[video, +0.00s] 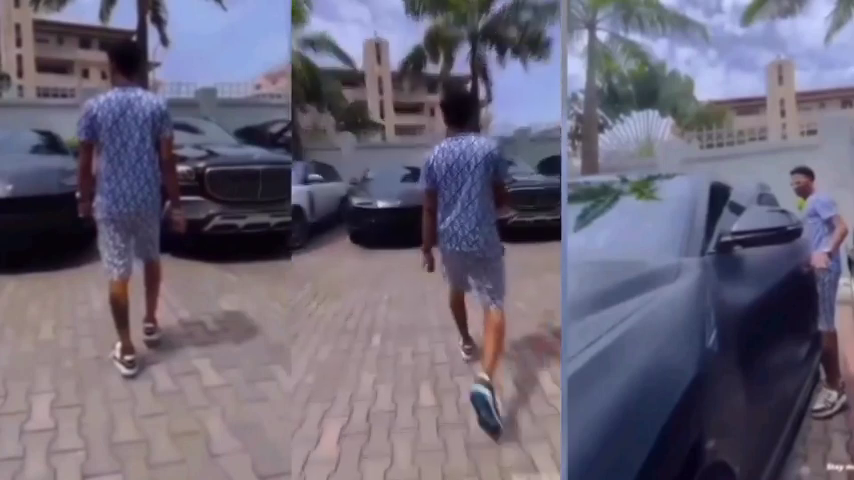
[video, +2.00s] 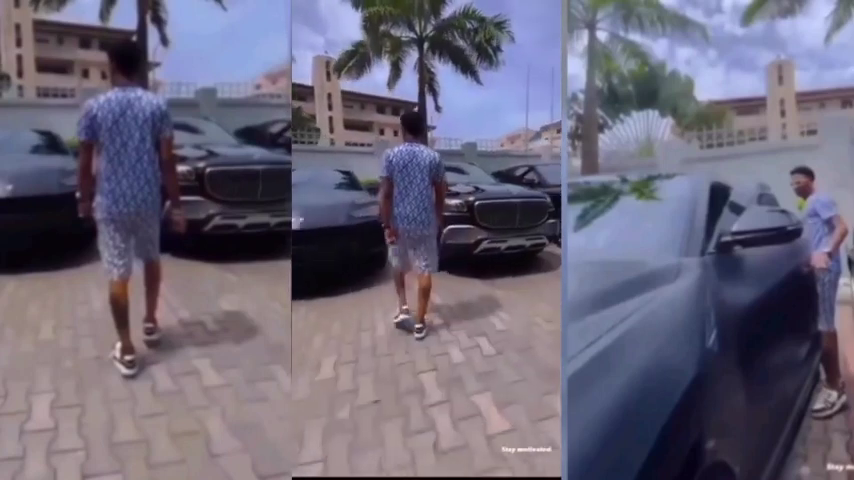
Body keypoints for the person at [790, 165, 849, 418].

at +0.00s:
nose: (796, 187)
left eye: (799, 183)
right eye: (793, 184)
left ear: (811, 181)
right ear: (797, 185)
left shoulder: (821, 201)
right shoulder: (809, 205)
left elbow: (842, 227)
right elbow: (820, 234)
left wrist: (827, 253)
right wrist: (810, 255)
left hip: (825, 268)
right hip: (815, 268)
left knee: (825, 327)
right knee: (822, 327)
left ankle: (834, 388)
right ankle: (830, 385)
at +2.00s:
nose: (796, 187)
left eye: (799, 183)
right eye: (793, 184)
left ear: (811, 181)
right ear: (797, 185)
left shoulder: (821, 201)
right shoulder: (809, 205)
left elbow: (842, 227)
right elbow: (820, 234)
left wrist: (827, 253)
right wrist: (810, 255)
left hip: (825, 268)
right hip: (815, 268)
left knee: (825, 327)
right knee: (822, 327)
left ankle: (834, 388)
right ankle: (830, 385)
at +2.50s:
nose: (796, 187)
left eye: (799, 183)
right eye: (793, 184)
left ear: (811, 181)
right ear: (797, 185)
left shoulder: (821, 201)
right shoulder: (809, 205)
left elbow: (842, 227)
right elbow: (820, 234)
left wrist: (827, 253)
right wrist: (810, 255)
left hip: (825, 268)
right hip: (815, 268)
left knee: (825, 327)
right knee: (822, 327)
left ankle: (834, 388)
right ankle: (830, 385)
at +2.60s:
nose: (796, 187)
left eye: (799, 183)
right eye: (793, 184)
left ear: (811, 181)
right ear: (797, 185)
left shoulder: (821, 201)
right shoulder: (809, 205)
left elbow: (842, 227)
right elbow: (820, 234)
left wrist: (827, 253)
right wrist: (810, 255)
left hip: (825, 268)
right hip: (815, 268)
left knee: (825, 327)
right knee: (822, 327)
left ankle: (834, 388)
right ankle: (830, 385)